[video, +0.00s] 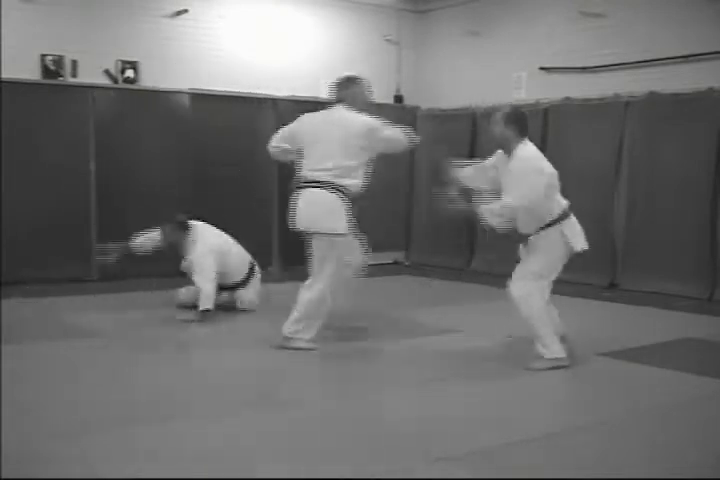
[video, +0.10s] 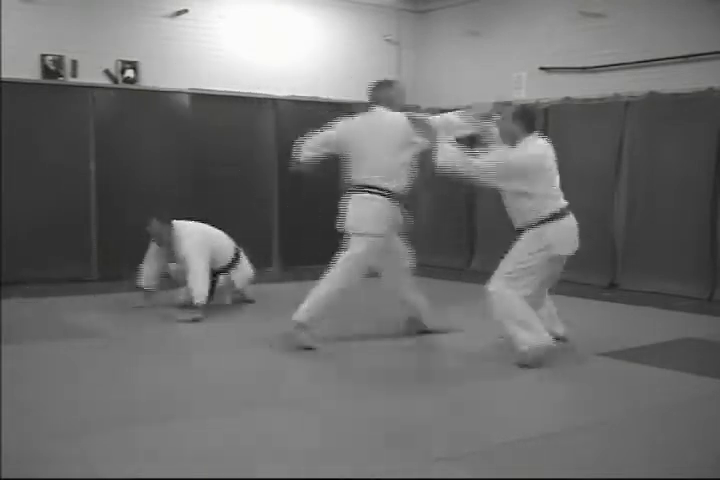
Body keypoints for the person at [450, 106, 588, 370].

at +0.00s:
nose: (491, 130)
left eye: (496, 125)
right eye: (492, 125)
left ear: (511, 129)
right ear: (509, 130)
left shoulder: (528, 161)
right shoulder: (507, 157)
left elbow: (514, 205)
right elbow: (484, 174)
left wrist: (473, 209)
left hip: (555, 235)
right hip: (539, 235)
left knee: (522, 287)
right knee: (532, 289)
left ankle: (553, 353)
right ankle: (556, 335)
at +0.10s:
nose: (498, 123)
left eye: (504, 118)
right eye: (499, 118)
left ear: (518, 125)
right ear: (527, 126)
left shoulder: (521, 157)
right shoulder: (541, 146)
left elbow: (475, 167)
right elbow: (503, 154)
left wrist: (441, 143)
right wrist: (487, 136)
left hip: (544, 234)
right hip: (561, 228)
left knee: (501, 287)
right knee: (534, 289)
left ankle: (534, 344)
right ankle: (555, 333)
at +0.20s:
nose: (501, 116)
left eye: (504, 112)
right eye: (503, 111)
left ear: (516, 115)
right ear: (532, 115)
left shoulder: (500, 143)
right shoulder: (549, 133)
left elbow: (459, 131)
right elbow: (557, 119)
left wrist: (432, 109)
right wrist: (538, 106)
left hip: (530, 226)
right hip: (563, 220)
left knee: (498, 285)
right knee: (550, 280)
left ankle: (512, 343)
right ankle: (554, 324)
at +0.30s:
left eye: (515, 99)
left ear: (513, 101)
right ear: (541, 104)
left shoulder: (496, 125)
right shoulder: (555, 127)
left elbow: (459, 115)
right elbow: (594, 122)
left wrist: (448, 102)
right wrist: (565, 114)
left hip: (511, 217)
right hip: (549, 215)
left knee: (507, 286)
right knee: (565, 270)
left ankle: (509, 350)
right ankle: (580, 316)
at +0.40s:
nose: (547, 105)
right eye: (547, 101)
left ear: (519, 97)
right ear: (546, 103)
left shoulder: (494, 118)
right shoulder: (554, 130)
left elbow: (470, 105)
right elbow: (595, 153)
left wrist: (474, 97)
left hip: (495, 212)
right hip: (533, 212)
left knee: (504, 285)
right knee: (569, 270)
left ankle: (511, 347)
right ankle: (575, 328)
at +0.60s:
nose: (564, 145)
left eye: (566, 138)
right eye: (563, 138)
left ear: (539, 127)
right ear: (551, 134)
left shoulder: (513, 136)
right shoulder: (535, 162)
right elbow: (544, 214)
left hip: (467, 230)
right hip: (496, 235)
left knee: (494, 294)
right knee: (547, 287)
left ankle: (449, 339)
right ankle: (552, 353)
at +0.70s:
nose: (567, 171)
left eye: (568, 165)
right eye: (564, 165)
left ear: (545, 159)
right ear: (547, 163)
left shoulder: (530, 162)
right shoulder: (515, 187)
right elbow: (515, 231)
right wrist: (555, 245)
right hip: (462, 236)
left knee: (483, 303)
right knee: (516, 289)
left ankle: (449, 345)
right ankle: (545, 355)